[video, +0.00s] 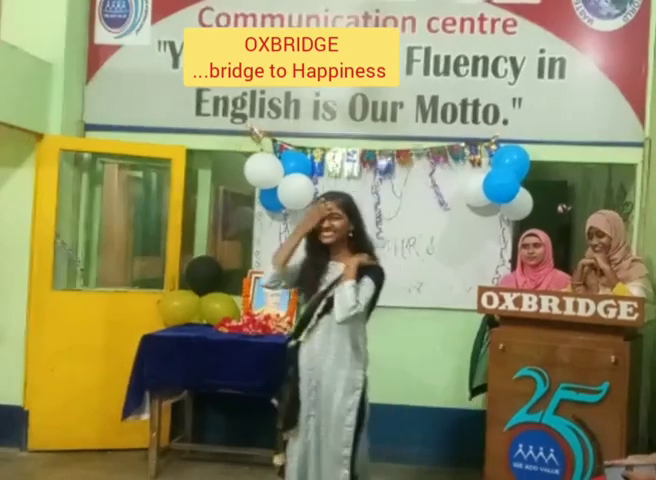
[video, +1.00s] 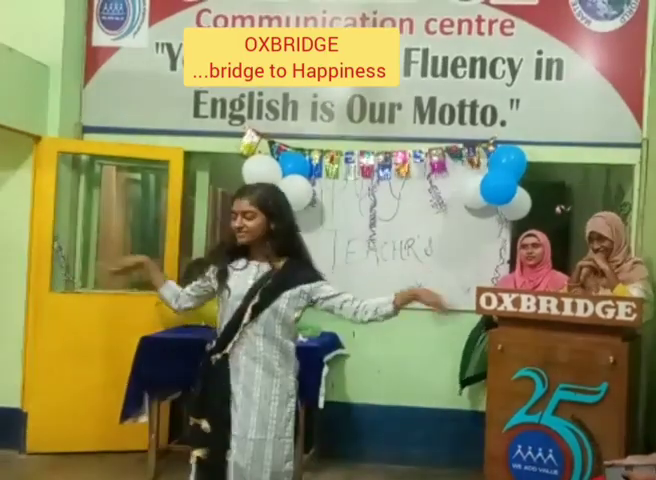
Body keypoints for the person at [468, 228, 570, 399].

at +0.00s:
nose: (530, 251)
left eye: (536, 246)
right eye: (525, 247)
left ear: (547, 250)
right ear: (519, 251)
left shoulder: (562, 280)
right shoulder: (508, 280)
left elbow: (567, 316)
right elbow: (497, 316)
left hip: (550, 346)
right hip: (513, 345)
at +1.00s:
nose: (529, 251)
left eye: (535, 246)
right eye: (524, 247)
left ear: (546, 250)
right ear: (518, 252)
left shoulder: (561, 282)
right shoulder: (506, 282)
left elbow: (566, 317)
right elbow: (493, 316)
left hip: (548, 346)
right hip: (511, 346)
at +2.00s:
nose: (529, 251)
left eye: (535, 246)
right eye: (524, 247)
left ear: (545, 250)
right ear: (518, 252)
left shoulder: (561, 282)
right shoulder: (506, 282)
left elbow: (566, 319)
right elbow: (494, 320)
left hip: (548, 351)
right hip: (511, 350)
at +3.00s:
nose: (531, 250)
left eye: (536, 246)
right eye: (526, 246)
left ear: (546, 250)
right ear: (519, 252)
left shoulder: (561, 281)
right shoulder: (507, 282)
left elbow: (565, 323)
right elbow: (491, 324)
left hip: (548, 353)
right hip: (511, 352)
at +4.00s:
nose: (531, 251)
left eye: (537, 246)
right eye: (525, 247)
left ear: (547, 251)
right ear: (519, 252)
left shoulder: (561, 281)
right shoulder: (507, 281)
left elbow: (567, 318)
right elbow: (495, 317)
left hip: (549, 349)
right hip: (512, 347)